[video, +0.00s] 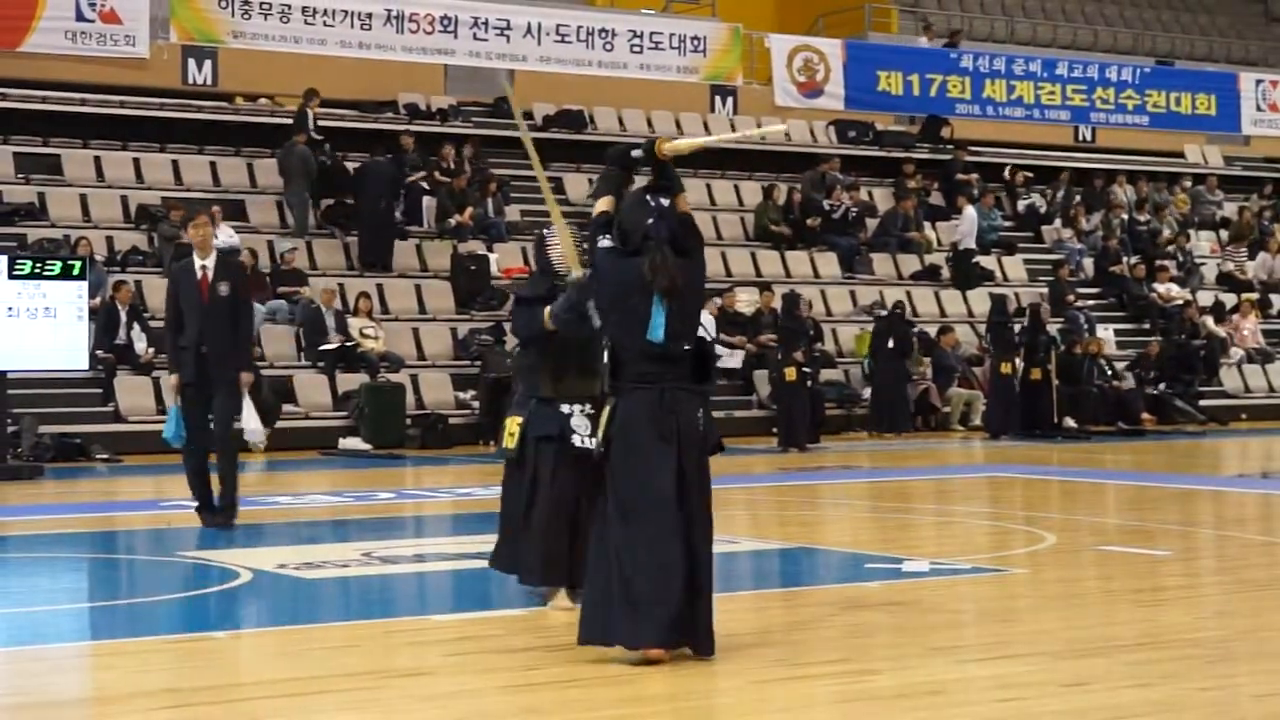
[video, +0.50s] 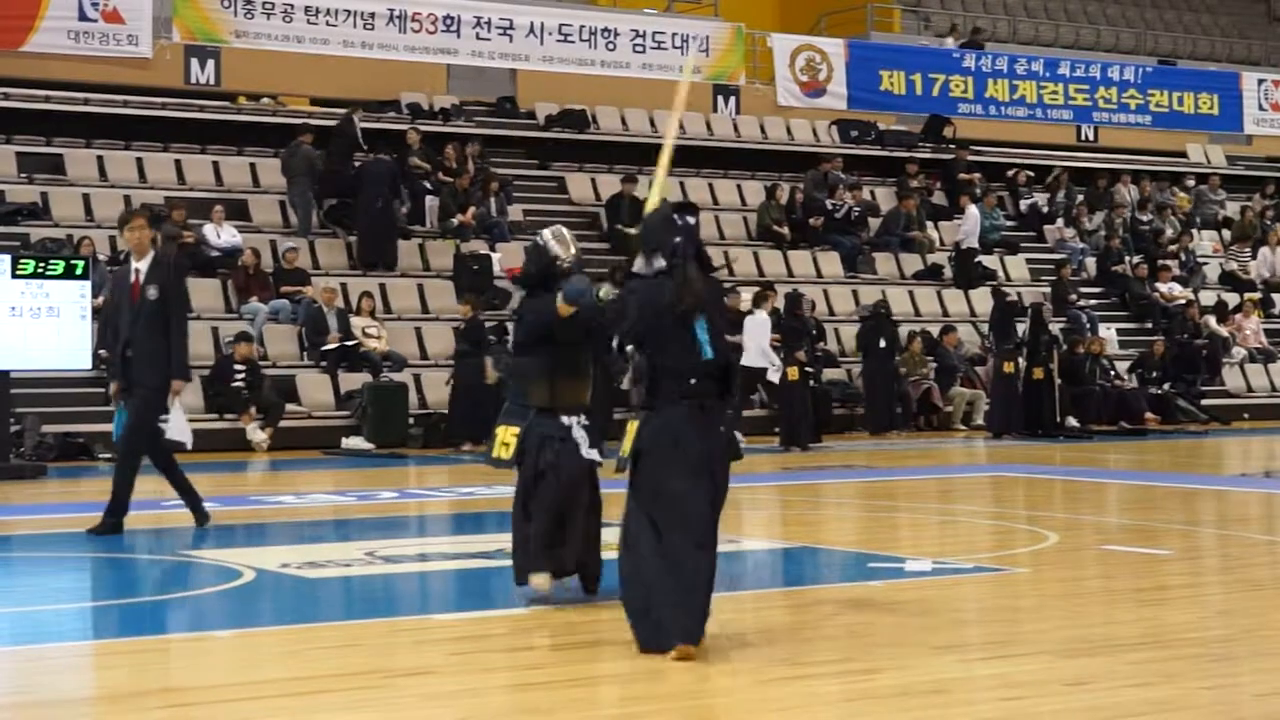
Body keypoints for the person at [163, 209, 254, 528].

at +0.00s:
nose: (201, 233)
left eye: (205, 227)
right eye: (195, 228)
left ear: (214, 231)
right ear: (186, 234)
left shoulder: (233, 267)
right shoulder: (178, 272)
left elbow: (244, 320)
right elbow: (172, 324)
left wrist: (246, 365)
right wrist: (174, 368)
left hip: (226, 364)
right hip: (191, 366)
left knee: (224, 435)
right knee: (194, 439)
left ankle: (227, 506)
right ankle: (204, 507)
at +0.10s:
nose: (188, 233)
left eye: (192, 227)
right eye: (183, 228)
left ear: (204, 230)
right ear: (176, 234)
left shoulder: (224, 267)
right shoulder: (170, 271)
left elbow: (234, 319)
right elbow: (165, 324)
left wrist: (235, 366)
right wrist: (167, 370)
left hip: (215, 363)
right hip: (182, 364)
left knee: (201, 431)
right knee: (187, 435)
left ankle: (192, 502)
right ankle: (204, 506)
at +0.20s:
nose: (178, 237)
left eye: (182, 231)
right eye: (171, 232)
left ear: (192, 234)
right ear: (164, 238)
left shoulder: (212, 270)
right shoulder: (160, 277)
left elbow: (223, 322)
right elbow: (155, 328)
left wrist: (224, 371)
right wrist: (158, 375)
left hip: (203, 368)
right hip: (170, 369)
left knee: (180, 433)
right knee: (182, 438)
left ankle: (156, 507)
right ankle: (205, 509)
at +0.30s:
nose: (165, 240)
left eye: (169, 233)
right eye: (159, 235)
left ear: (180, 237)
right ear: (152, 241)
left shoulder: (200, 274)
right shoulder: (147, 281)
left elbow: (211, 327)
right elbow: (144, 332)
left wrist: (211, 374)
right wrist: (147, 377)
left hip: (192, 371)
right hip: (160, 372)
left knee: (163, 435)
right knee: (174, 442)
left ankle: (132, 509)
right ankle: (205, 509)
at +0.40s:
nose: (151, 239)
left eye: (156, 233)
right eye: (145, 235)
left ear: (167, 236)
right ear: (138, 241)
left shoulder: (184, 273)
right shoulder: (136, 279)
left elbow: (195, 327)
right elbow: (133, 332)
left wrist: (195, 376)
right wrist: (134, 379)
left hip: (175, 373)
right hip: (145, 374)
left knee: (144, 442)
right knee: (169, 447)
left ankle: (117, 516)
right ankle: (203, 506)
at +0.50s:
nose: (136, 235)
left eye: (141, 229)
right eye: (130, 230)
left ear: (153, 233)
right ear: (122, 236)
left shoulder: (168, 268)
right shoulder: (119, 274)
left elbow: (178, 323)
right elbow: (113, 328)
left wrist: (179, 373)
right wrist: (114, 375)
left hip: (157, 370)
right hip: (129, 370)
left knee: (131, 440)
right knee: (153, 444)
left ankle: (114, 517)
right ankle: (195, 504)